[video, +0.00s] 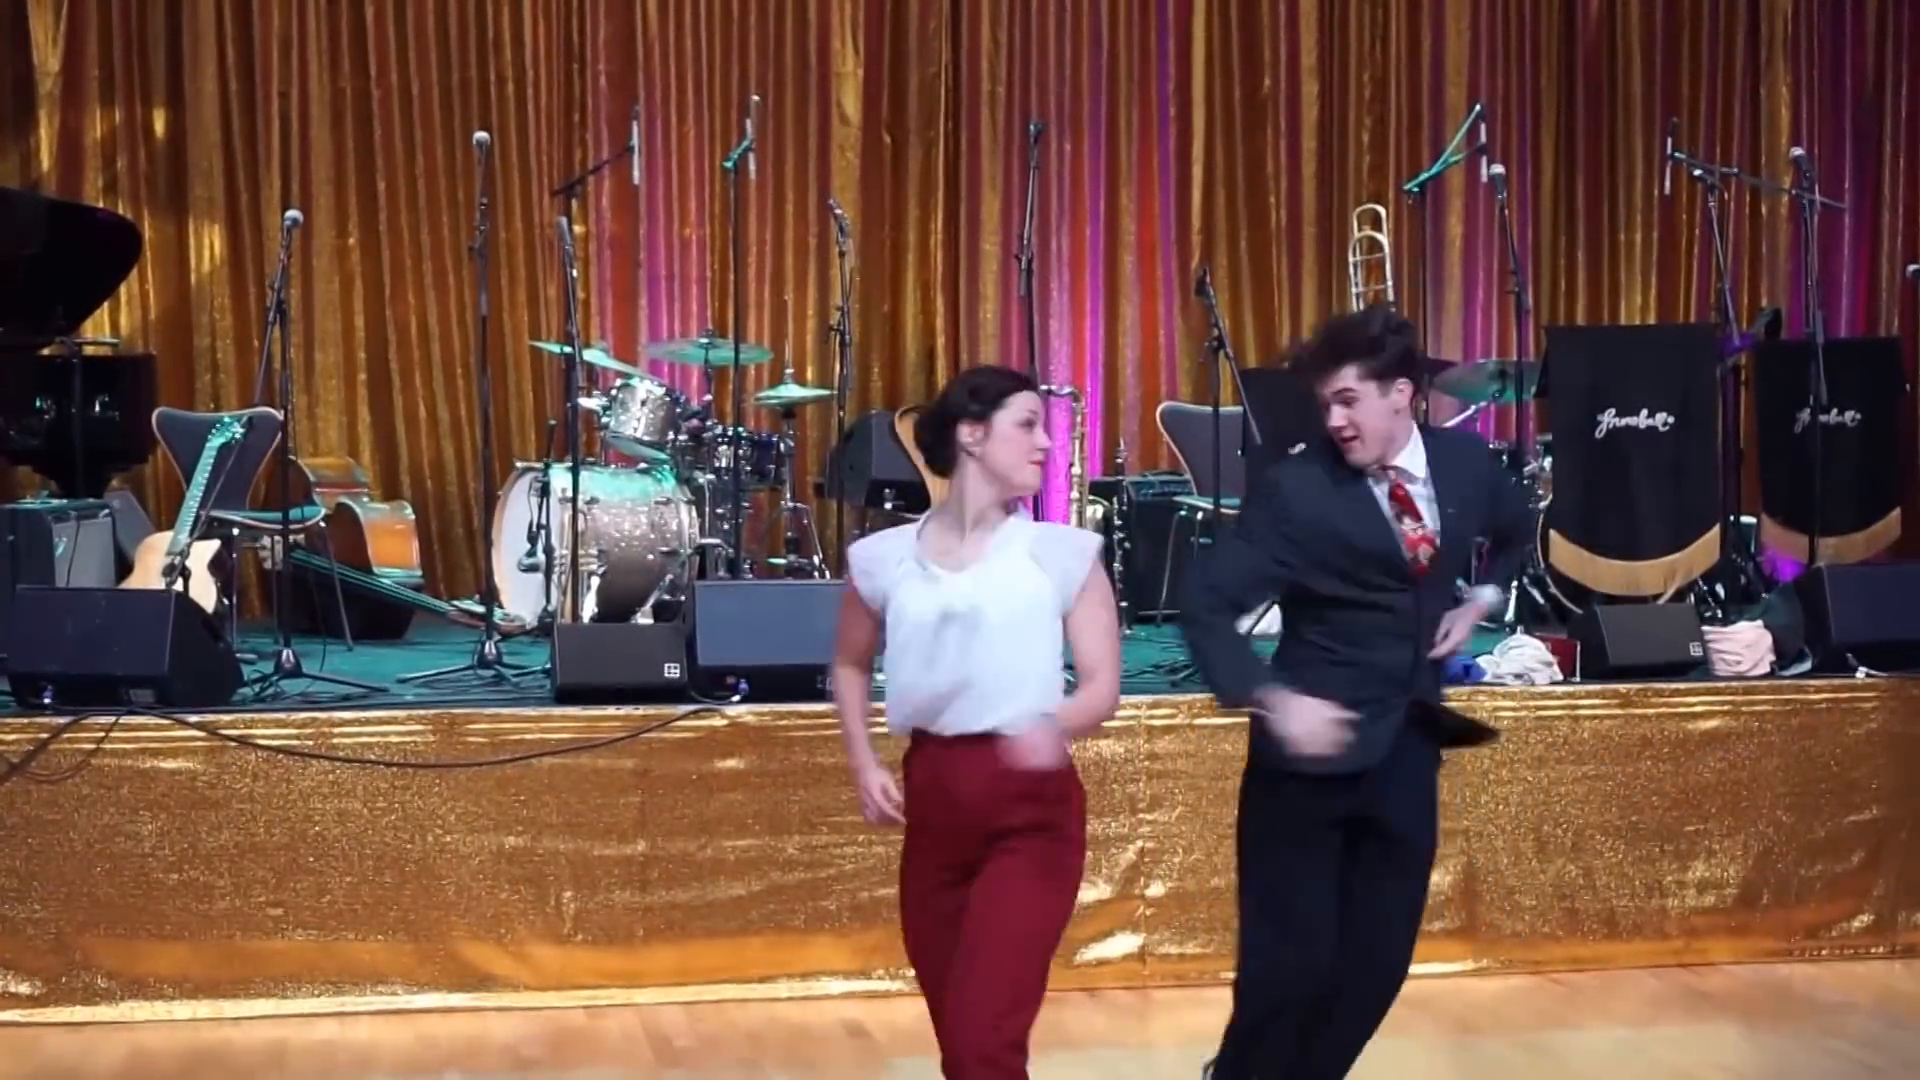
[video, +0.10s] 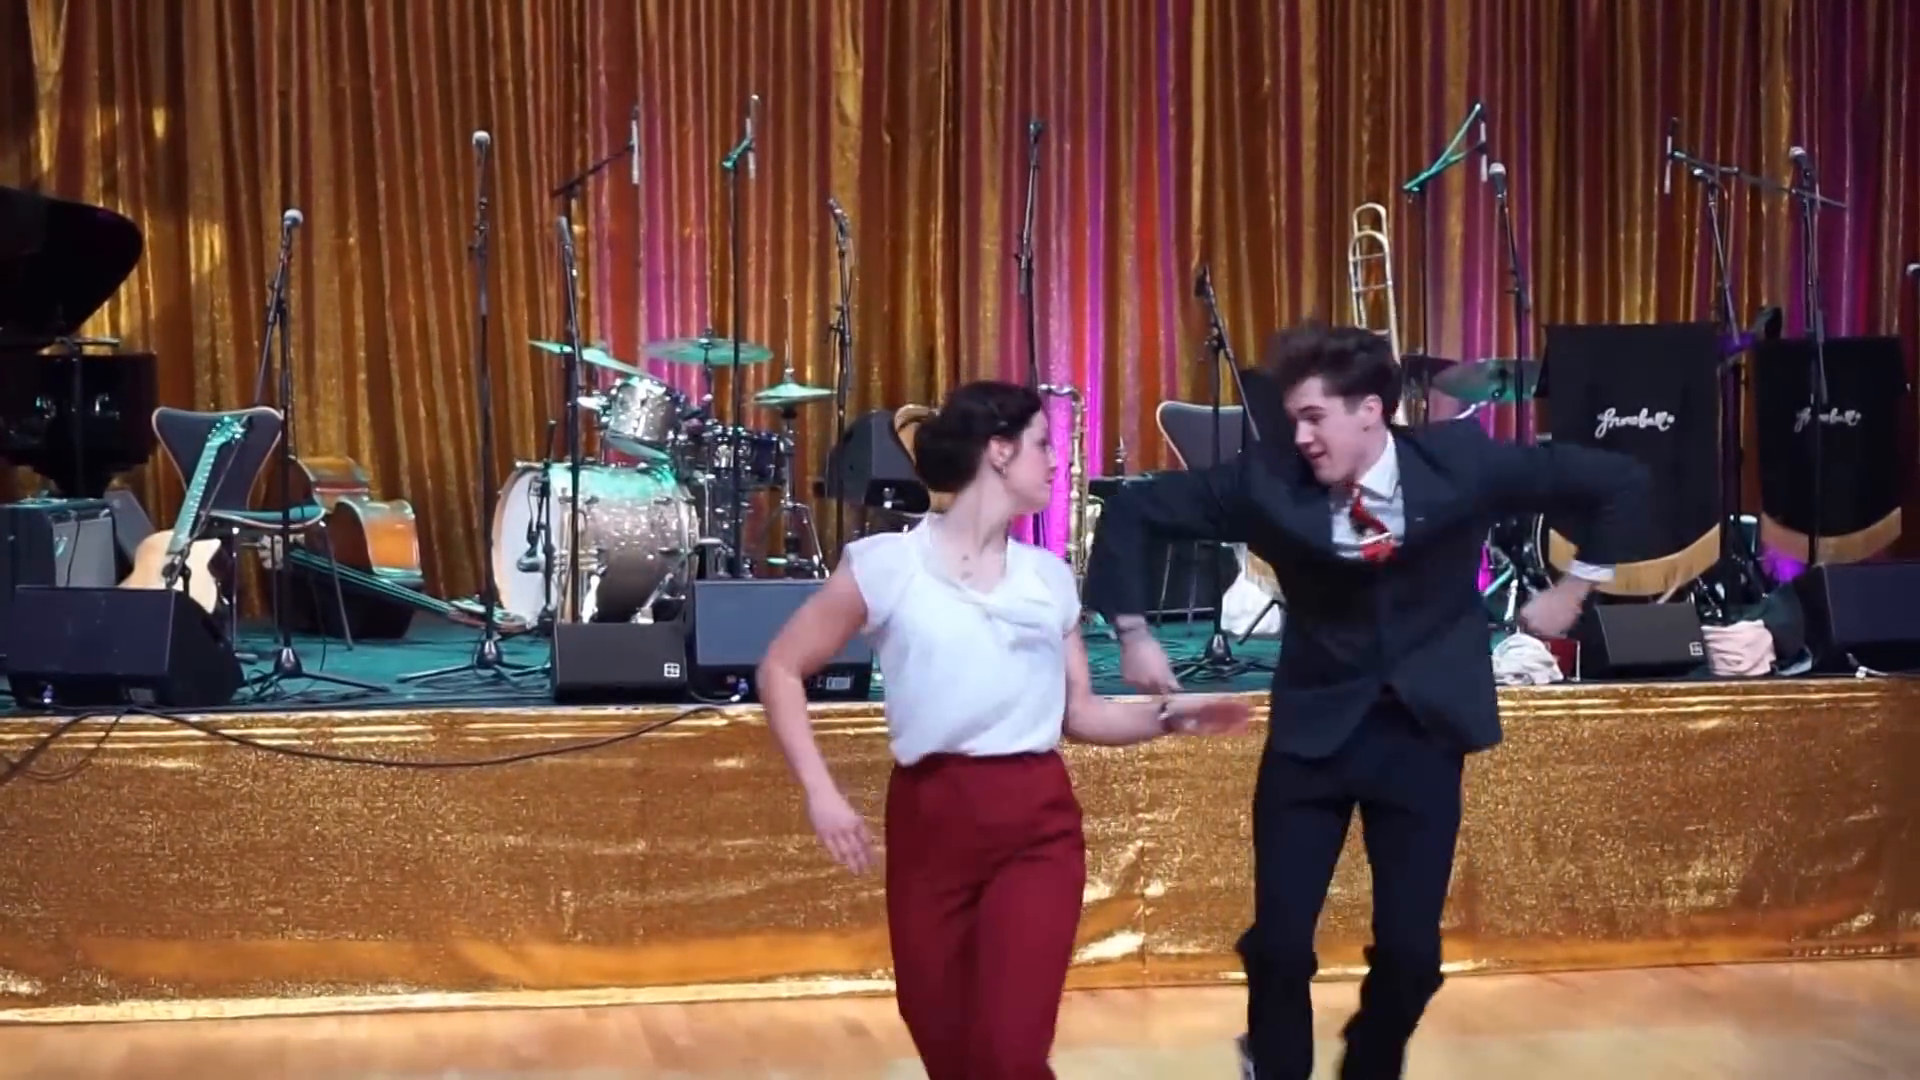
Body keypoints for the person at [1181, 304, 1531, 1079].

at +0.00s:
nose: (1333, 421)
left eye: (1347, 400)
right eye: (1324, 405)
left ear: (1404, 395)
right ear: (1316, 409)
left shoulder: (1468, 466)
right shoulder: (1295, 493)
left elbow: (1519, 530)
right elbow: (1205, 602)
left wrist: (1484, 600)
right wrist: (1268, 693)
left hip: (1404, 762)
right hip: (1300, 761)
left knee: (1373, 971)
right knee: (1289, 969)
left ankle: (1298, 1077)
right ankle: (1234, 1074)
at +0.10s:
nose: (1300, 437)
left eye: (1314, 417)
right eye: (1294, 421)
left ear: (1374, 411)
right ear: (1288, 421)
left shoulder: (1462, 467)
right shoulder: (1266, 486)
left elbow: (1622, 481)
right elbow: (1129, 505)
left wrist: (1574, 586)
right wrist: (1133, 633)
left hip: (1422, 738)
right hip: (1308, 735)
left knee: (1410, 961)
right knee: (1276, 950)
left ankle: (1367, 1069)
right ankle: (1277, 1070)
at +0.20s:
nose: (1275, 482)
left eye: (1290, 462)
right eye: (1269, 465)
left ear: (1346, 460)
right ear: (1262, 466)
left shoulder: (1424, 505)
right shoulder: (1259, 510)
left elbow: (1559, 516)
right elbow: (1142, 520)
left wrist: (1522, 635)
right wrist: (1122, 623)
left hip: (1444, 732)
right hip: (1344, 731)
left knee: (1395, 930)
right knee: (1282, 945)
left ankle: (1437, 1074)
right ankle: (1328, 1078)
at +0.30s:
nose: (1267, 529)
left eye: (1282, 510)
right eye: (1261, 513)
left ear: (1339, 512)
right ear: (1256, 518)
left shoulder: (1404, 569)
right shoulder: (1275, 572)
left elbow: (1460, 680)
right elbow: (1230, 638)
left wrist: (1337, 679)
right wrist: (1158, 680)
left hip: (1473, 800)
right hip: (1392, 795)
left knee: (1371, 972)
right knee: (1294, 974)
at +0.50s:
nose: (1292, 484)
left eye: (1308, 463)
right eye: (1286, 469)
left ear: (1363, 464)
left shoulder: (1398, 534)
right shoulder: (1383, 531)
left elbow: (1408, 699)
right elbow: (1387, 678)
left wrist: (1312, 698)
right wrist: (1293, 686)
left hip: (1529, 755)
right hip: (1488, 748)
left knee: (1414, 963)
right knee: (1384, 943)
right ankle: (1368, 1072)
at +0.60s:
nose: (1318, 453)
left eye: (1332, 432)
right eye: (1313, 439)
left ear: (1389, 422)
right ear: (1383, 428)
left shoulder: (1429, 483)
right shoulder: (1413, 478)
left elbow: (1498, 643)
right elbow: (1429, 609)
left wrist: (1430, 678)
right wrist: (1346, 662)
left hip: (1581, 713)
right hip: (1519, 710)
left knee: (1502, 928)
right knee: (1420, 882)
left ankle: (1491, 1069)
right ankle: (1462, 1067)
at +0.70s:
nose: (1359, 463)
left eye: (1370, 442)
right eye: (1352, 448)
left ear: (1427, 428)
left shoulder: (1458, 488)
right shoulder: (1459, 472)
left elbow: (1560, 604)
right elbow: (1490, 588)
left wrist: (1531, 729)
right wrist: (1411, 640)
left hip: (1627, 716)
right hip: (1583, 711)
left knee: (1527, 914)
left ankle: (1621, 1069)